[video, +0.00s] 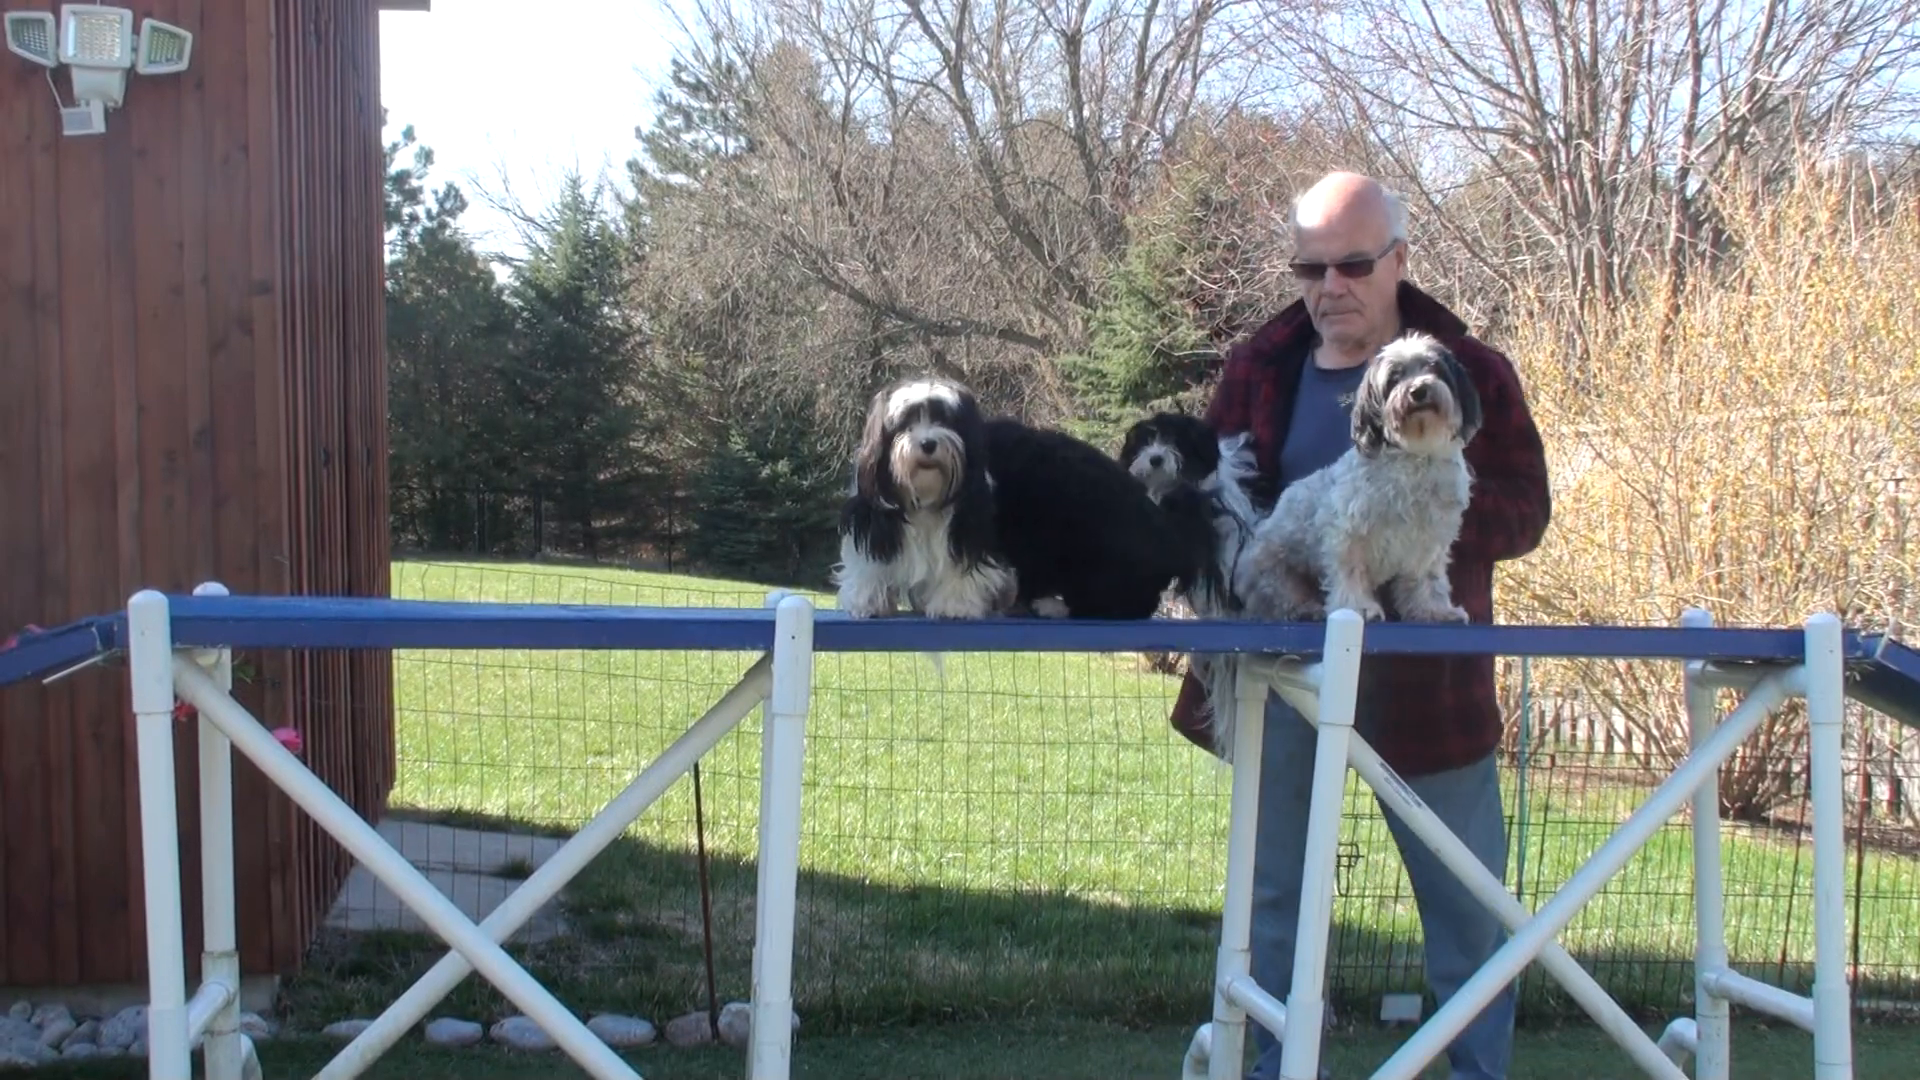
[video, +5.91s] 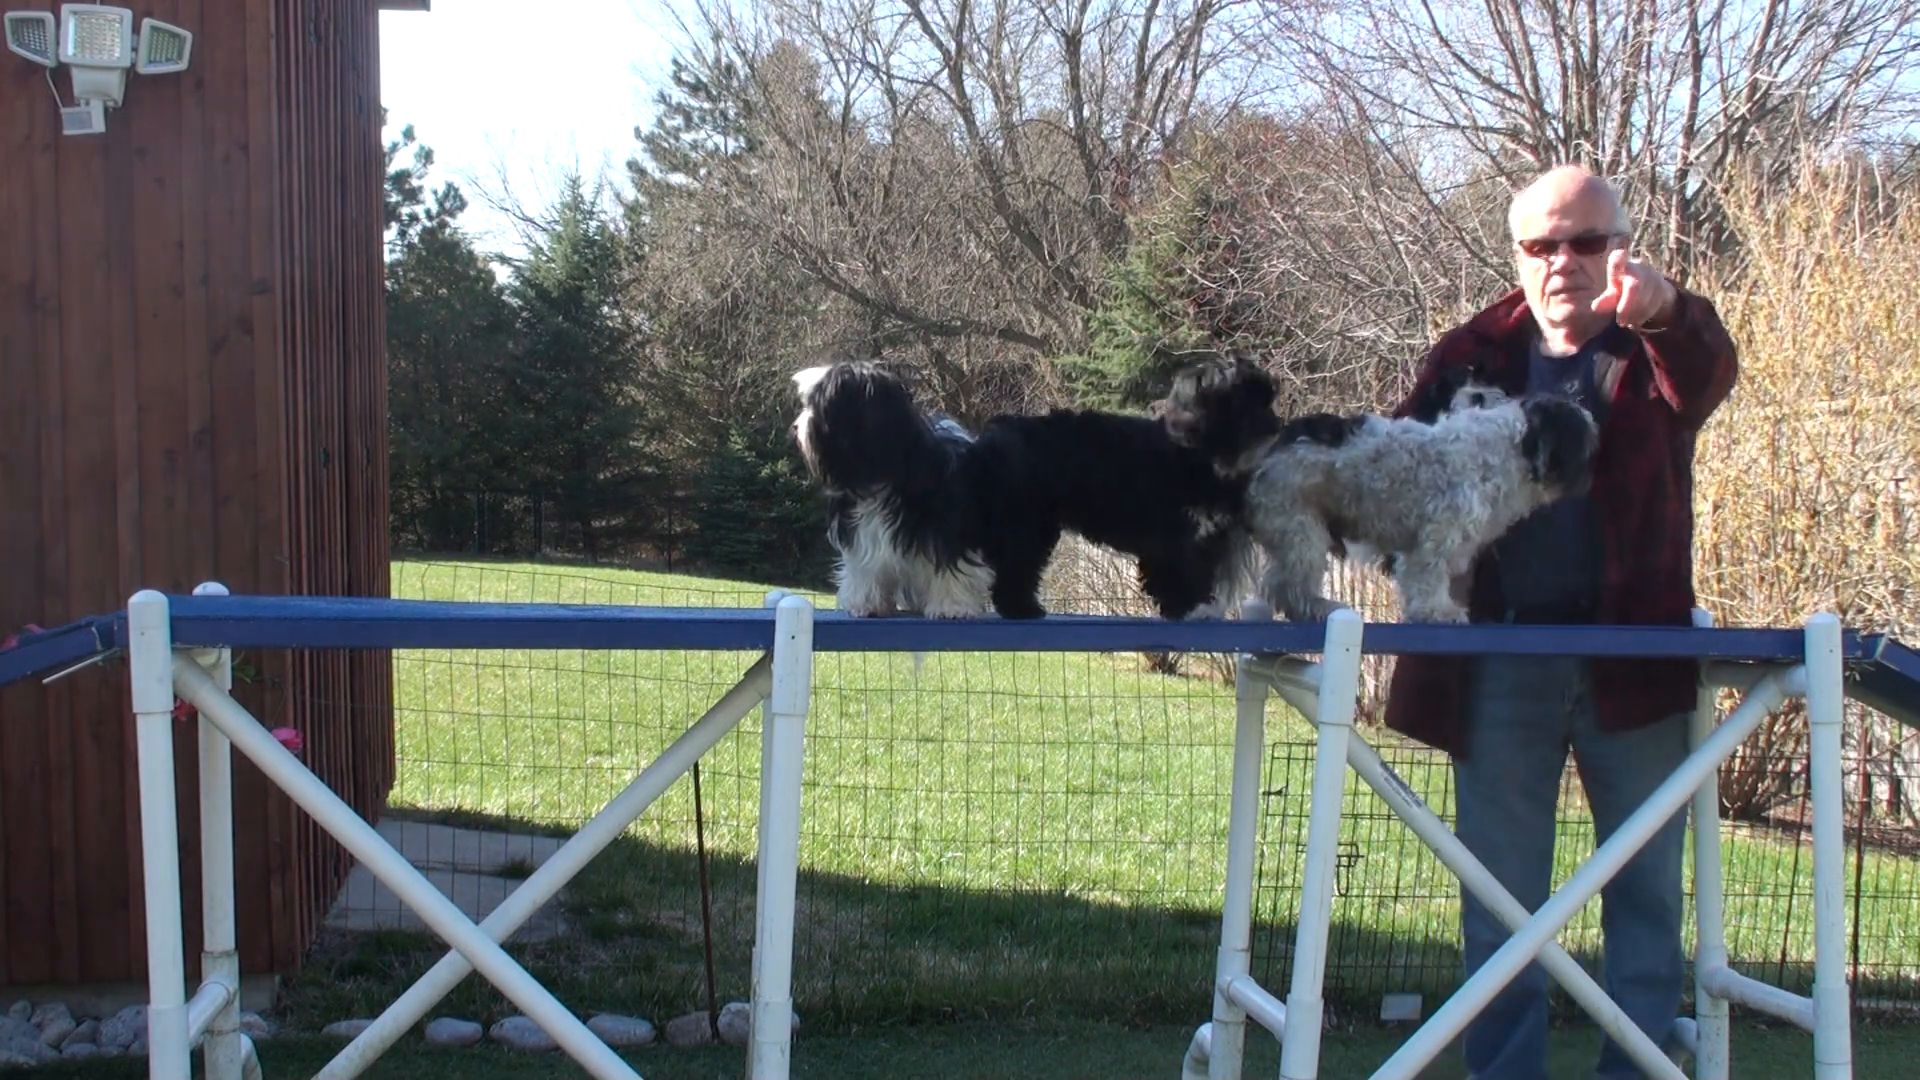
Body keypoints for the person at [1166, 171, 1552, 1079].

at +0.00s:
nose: (1333, 286)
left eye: (1355, 265)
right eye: (1312, 267)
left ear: (1398, 258)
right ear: (1291, 266)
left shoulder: (1470, 372)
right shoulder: (1251, 370)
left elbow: (1520, 509)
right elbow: (1209, 508)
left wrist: (1395, 535)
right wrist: (1276, 567)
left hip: (1427, 674)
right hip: (1282, 668)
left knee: (1464, 899)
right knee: (1270, 888)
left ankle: (1477, 1062)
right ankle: (1268, 1062)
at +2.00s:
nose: (1424, 251)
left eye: (1447, 232)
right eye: (1402, 236)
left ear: (1485, 244)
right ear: (1379, 251)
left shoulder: (1545, 371)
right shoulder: (1327, 360)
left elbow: (1593, 516)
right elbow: (1268, 492)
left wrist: (1531, 495)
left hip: (1499, 666)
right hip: (1359, 659)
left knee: (1510, 902)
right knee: (1349, 895)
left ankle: (1504, 1064)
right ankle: (1337, 1067)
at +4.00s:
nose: (1557, 272)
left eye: (1583, 254)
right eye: (1539, 252)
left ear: (1622, 261)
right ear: (1514, 254)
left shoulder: (1664, 376)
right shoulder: (1450, 351)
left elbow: (1700, 513)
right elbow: (1361, 450)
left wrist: (1568, 478)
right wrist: (1339, 505)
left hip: (1593, 668)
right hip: (1456, 660)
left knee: (1603, 909)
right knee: (1435, 905)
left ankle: (1594, 1070)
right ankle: (1423, 1069)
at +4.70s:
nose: (1586, 252)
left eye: (1609, 236)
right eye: (1566, 237)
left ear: (1643, 253)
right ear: (1537, 254)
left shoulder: (1685, 368)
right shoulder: (1478, 346)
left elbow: (1729, 498)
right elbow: (1391, 445)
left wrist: (1612, 450)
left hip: (1622, 660)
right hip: (1482, 652)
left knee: (1620, 903)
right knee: (1453, 895)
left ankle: (1598, 1069)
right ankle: (1424, 1068)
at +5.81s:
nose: (1554, 268)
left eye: (1576, 248)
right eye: (1532, 251)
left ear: (1613, 253)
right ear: (1503, 260)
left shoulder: (1647, 350)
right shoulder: (1455, 357)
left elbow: (1704, 377)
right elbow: (1380, 467)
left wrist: (1657, 307)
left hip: (1633, 659)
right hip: (1492, 659)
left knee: (1649, 893)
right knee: (1493, 898)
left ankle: (1644, 1070)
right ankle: (1500, 1066)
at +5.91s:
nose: (1563, 261)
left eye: (1585, 242)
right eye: (1542, 245)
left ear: (1620, 249)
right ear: (1515, 257)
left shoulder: (1660, 348)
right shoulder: (1464, 356)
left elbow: (1705, 373)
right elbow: (1396, 466)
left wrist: (1662, 308)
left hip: (1636, 658)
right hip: (1498, 658)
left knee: (1646, 888)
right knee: (1500, 893)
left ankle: (1641, 1067)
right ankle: (1500, 1064)